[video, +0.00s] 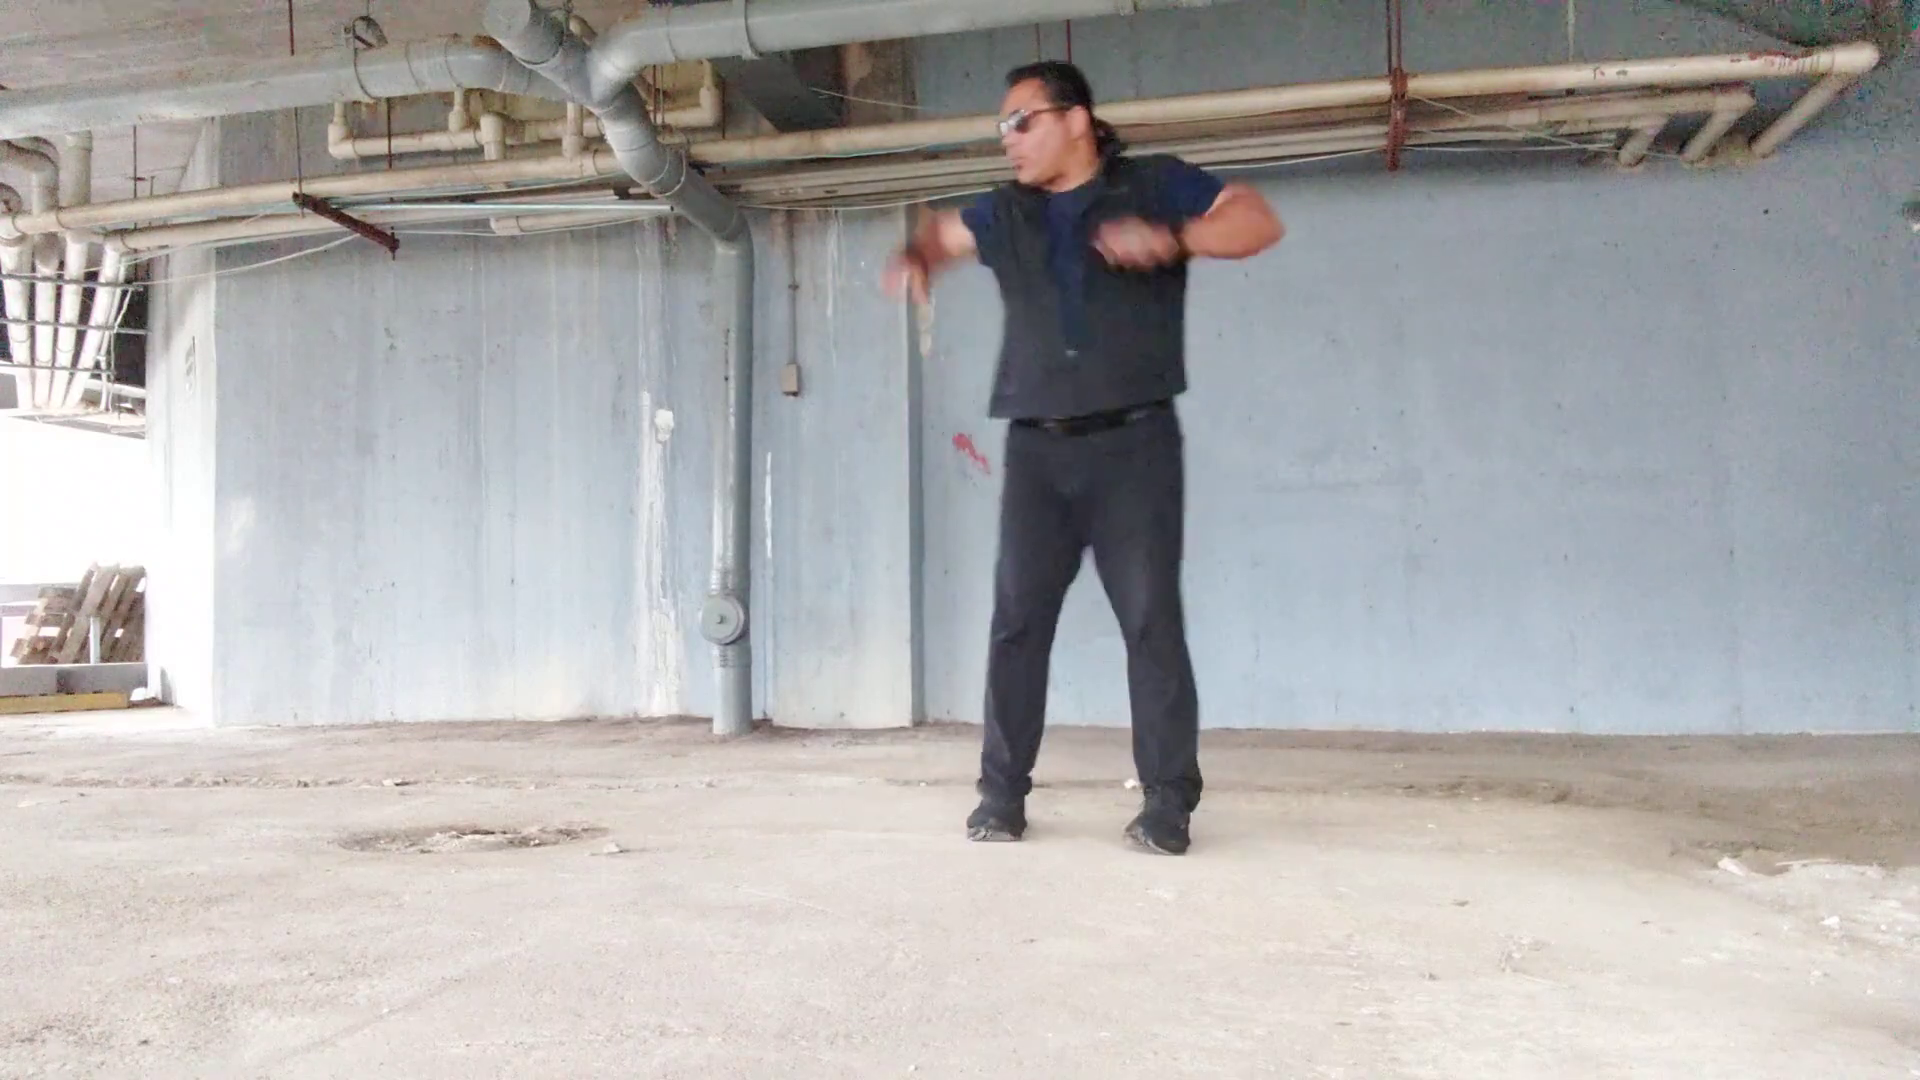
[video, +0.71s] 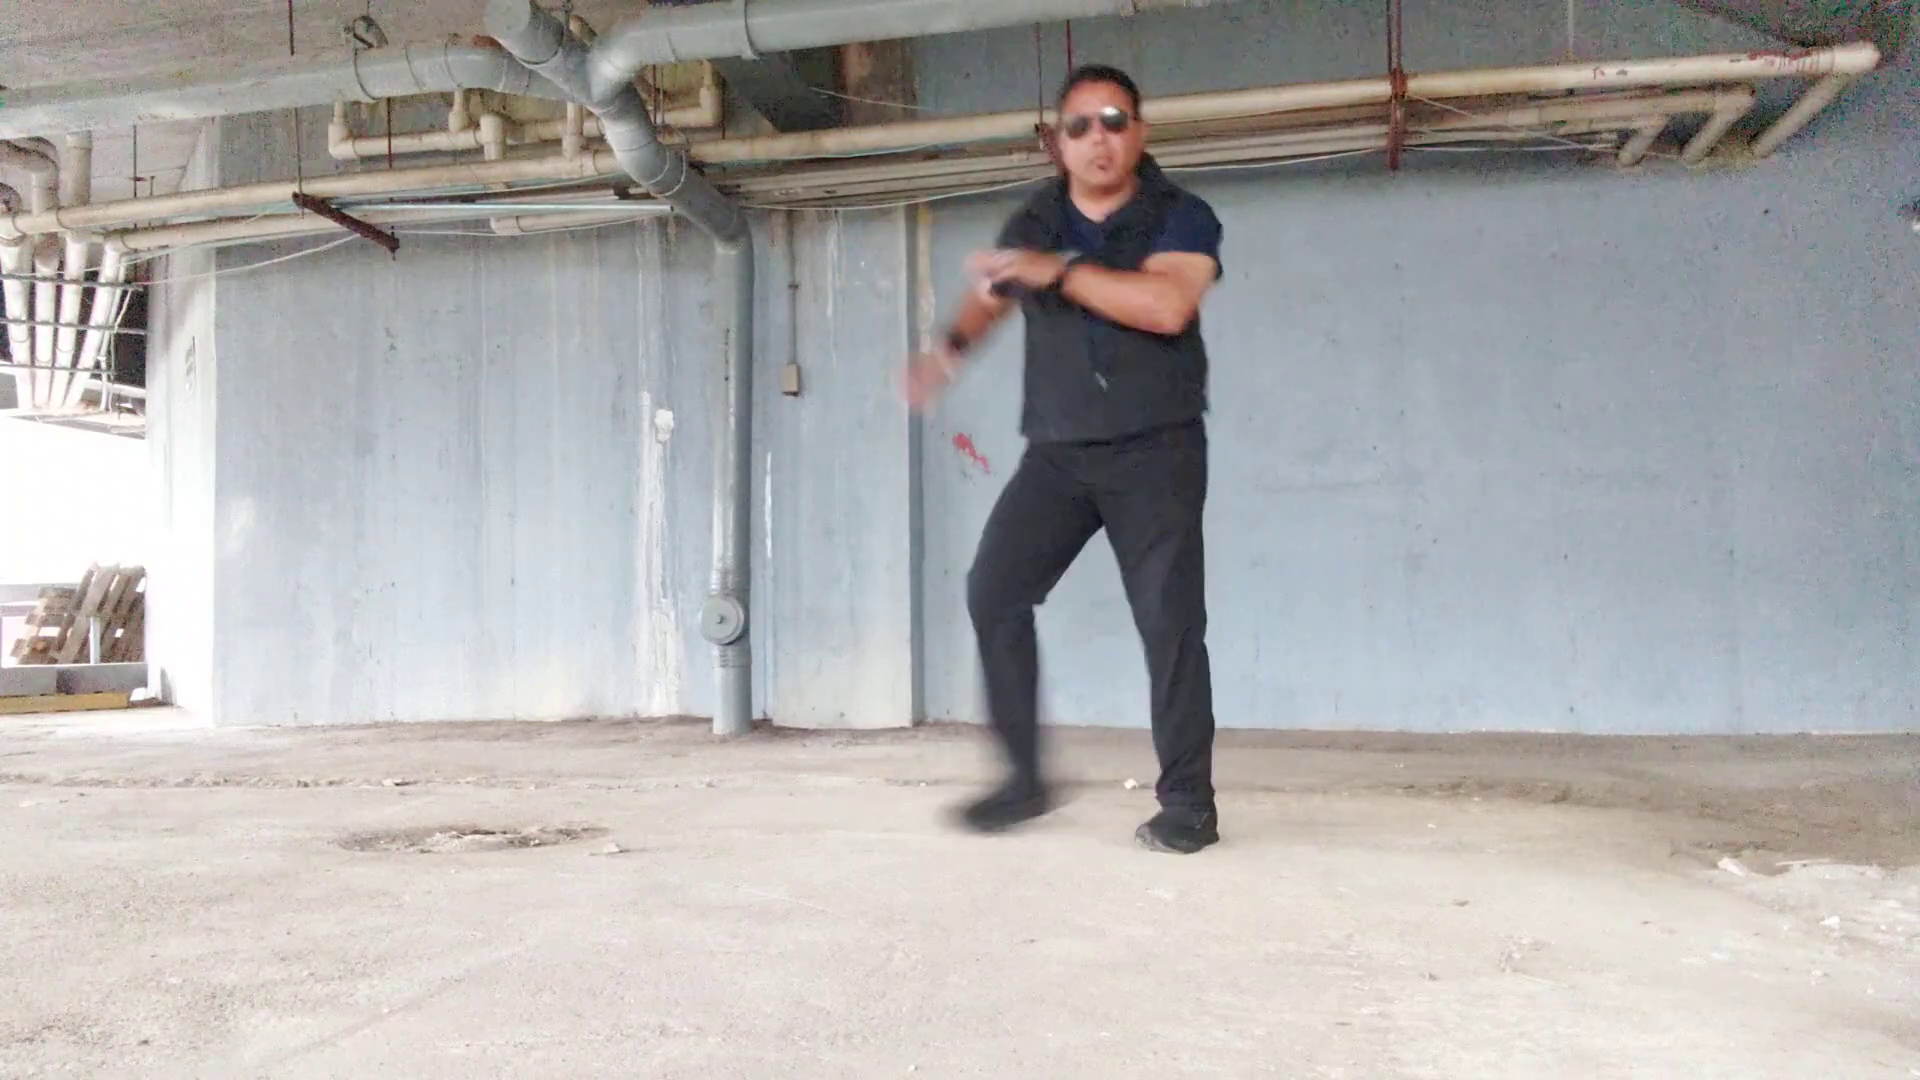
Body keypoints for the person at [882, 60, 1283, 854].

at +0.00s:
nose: (1009, 139)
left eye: (1023, 122)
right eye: (1004, 127)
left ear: (1079, 120)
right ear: (1016, 137)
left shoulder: (1152, 184)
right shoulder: (1007, 210)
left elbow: (1259, 223)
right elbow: (936, 237)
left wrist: (1169, 239)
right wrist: (915, 258)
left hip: (1134, 443)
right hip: (1037, 449)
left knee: (1151, 623)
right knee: (1017, 623)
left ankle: (1168, 800)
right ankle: (1002, 795)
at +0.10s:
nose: (1030, 145)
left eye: (1044, 128)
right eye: (1024, 132)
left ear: (1096, 128)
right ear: (1034, 141)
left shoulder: (1177, 204)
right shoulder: (1027, 225)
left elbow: (1211, 280)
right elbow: (1001, 316)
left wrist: (1114, 232)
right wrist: (956, 337)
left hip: (1159, 447)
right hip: (1061, 453)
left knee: (1164, 620)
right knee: (1029, 604)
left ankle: (1169, 802)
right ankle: (1053, 777)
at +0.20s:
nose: (1045, 149)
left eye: (1060, 131)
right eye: (1040, 135)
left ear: (1113, 132)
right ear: (1043, 147)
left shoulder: (1191, 217)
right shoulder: (1036, 235)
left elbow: (1212, 321)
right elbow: (997, 352)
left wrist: (1118, 322)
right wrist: (1019, 324)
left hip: (1172, 453)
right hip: (1076, 460)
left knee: (1170, 621)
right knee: (1061, 614)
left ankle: (1168, 805)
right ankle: (1158, 734)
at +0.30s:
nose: (1047, 148)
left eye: (1061, 132)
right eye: (1043, 136)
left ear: (1116, 131)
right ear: (1051, 146)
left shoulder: (1194, 211)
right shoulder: (1048, 217)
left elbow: (1278, 296)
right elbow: (974, 284)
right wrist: (1066, 238)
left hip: (1165, 438)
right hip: (1089, 446)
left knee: (1140, 611)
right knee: (1131, 616)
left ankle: (1167, 799)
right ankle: (1243, 765)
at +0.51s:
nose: (1063, 161)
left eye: (1079, 143)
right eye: (1055, 148)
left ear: (1130, 145)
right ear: (1052, 158)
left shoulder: (1193, 216)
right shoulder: (1056, 224)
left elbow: (1272, 288)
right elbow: (1006, 311)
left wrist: (1312, 315)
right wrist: (1097, 268)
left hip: (1161, 445)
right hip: (1087, 455)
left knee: (1124, 610)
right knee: (1089, 629)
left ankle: (1186, 790)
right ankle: (1220, 747)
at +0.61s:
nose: (1099, 150)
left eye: (1114, 135)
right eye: (1083, 139)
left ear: (1146, 146)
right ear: (1065, 157)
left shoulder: (1195, 233)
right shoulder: (1040, 243)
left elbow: (1237, 325)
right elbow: (1001, 348)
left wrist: (1167, 289)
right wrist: (1015, 371)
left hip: (1162, 457)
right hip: (1070, 464)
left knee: (1155, 620)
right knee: (1016, 610)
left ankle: (1186, 807)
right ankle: (1144, 737)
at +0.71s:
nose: (1100, 139)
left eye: (1115, 122)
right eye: (1082, 126)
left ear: (1140, 134)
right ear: (1058, 141)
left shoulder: (1182, 216)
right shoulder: (1037, 219)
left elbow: (1169, 307)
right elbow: (989, 301)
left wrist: (1056, 272)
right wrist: (948, 350)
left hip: (1154, 454)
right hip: (1057, 457)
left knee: (1170, 625)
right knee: (994, 592)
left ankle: (1187, 802)